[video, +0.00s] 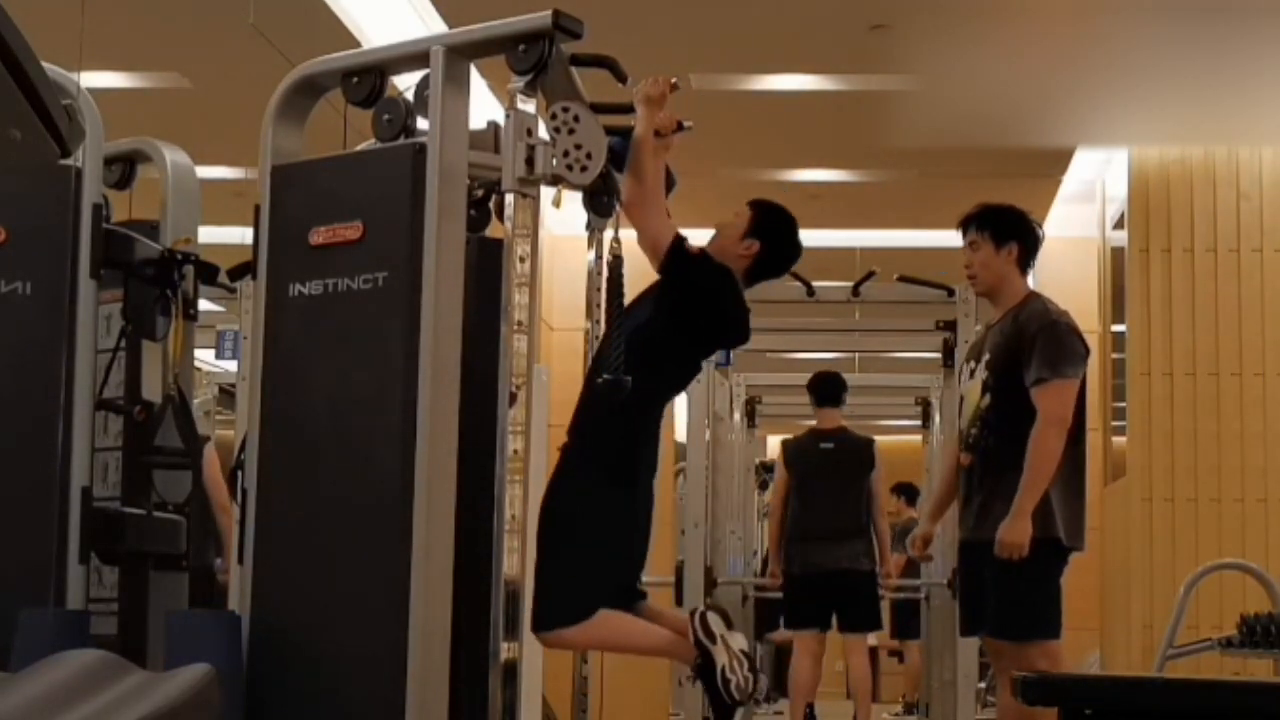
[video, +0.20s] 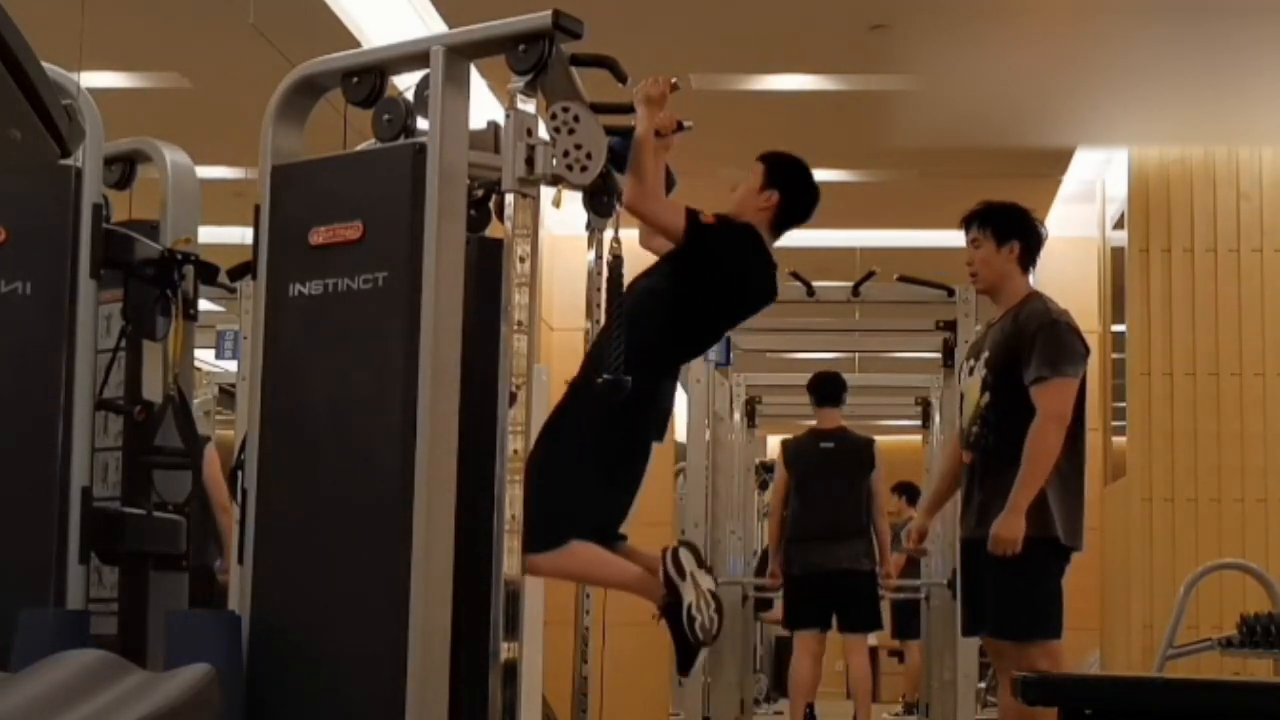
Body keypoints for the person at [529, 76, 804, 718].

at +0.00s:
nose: (722, 219)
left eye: (734, 219)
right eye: (732, 215)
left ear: (747, 248)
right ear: (751, 253)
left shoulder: (707, 286)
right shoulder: (707, 288)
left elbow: (642, 208)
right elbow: (646, 214)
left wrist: (644, 125)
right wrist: (656, 137)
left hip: (603, 455)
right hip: (621, 456)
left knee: (558, 621)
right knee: (607, 602)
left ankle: (699, 654)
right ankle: (702, 630)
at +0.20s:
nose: (737, 185)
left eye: (749, 180)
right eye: (747, 177)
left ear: (768, 197)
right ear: (775, 209)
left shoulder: (733, 243)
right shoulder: (752, 269)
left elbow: (644, 200)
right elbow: (651, 234)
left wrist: (647, 123)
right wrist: (657, 150)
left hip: (606, 398)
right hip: (635, 407)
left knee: (540, 550)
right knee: (581, 537)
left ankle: (663, 585)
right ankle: (669, 580)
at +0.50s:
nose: (720, 104)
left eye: (729, 95)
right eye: (726, 94)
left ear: (753, 107)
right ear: (766, 114)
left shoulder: (730, 160)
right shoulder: (757, 182)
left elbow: (642, 188)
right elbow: (646, 198)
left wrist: (646, 117)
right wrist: (659, 140)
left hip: (621, 310)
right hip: (645, 323)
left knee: (533, 450)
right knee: (572, 454)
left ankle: (634, 510)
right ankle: (645, 494)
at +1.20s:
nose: (722, 141)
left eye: (732, 133)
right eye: (728, 132)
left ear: (755, 147)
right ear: (765, 156)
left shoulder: (722, 201)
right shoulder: (742, 217)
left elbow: (633, 189)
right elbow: (643, 238)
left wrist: (642, 123)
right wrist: (658, 152)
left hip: (620, 372)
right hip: (648, 376)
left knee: (577, 519)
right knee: (622, 512)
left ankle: (709, 549)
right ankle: (712, 547)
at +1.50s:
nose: (721, 213)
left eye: (733, 209)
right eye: (729, 207)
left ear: (755, 231)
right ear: (759, 237)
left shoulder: (715, 279)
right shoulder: (724, 284)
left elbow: (651, 208)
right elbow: (654, 215)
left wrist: (646, 124)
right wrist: (658, 138)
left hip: (630, 456)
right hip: (652, 457)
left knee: (595, 619)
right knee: (637, 600)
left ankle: (727, 650)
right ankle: (731, 632)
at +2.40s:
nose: (738, 189)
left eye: (749, 184)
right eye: (746, 182)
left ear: (769, 204)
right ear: (775, 215)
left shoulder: (731, 246)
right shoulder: (747, 268)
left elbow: (647, 201)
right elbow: (648, 228)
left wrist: (647, 123)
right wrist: (657, 148)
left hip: (608, 399)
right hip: (633, 408)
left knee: (543, 550)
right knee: (589, 543)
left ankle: (667, 585)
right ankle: (674, 593)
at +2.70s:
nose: (723, 115)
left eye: (733, 105)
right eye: (730, 104)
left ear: (754, 120)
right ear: (768, 129)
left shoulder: (731, 170)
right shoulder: (756, 187)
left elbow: (640, 190)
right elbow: (648, 209)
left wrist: (646, 121)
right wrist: (656, 149)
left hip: (619, 329)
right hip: (646, 343)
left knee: (530, 456)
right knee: (579, 459)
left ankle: (621, 524)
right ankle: (640, 529)